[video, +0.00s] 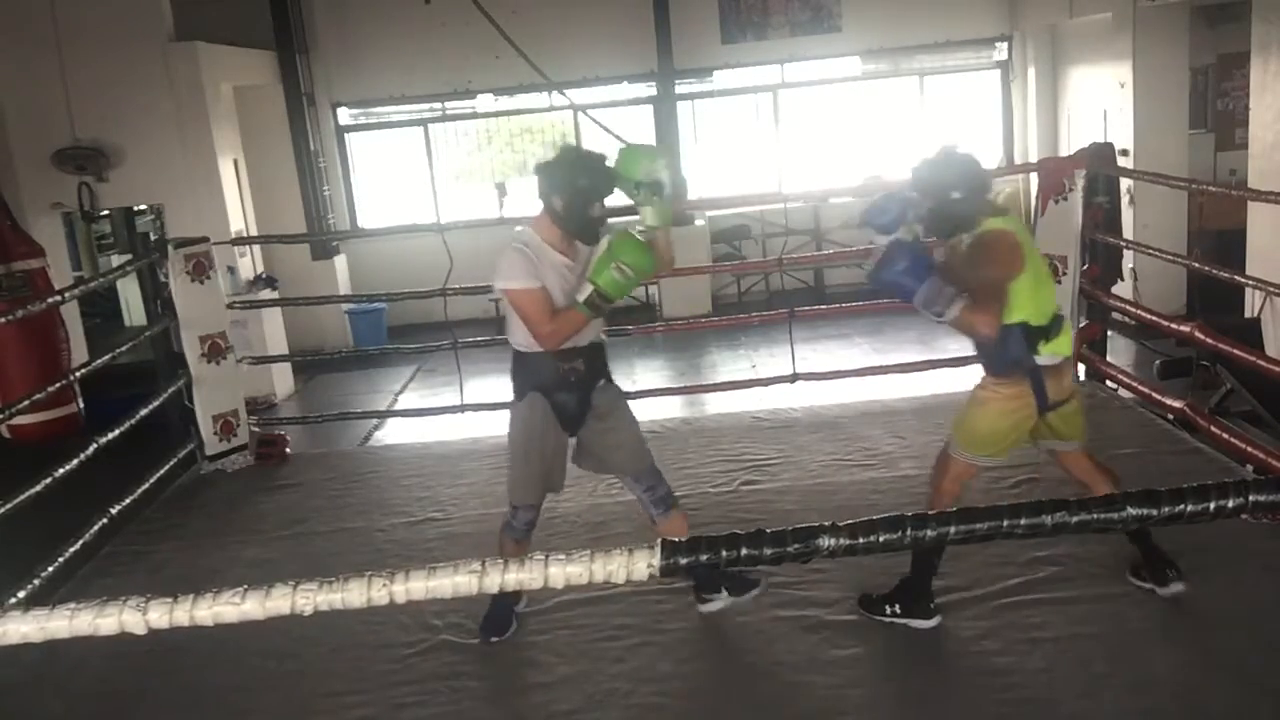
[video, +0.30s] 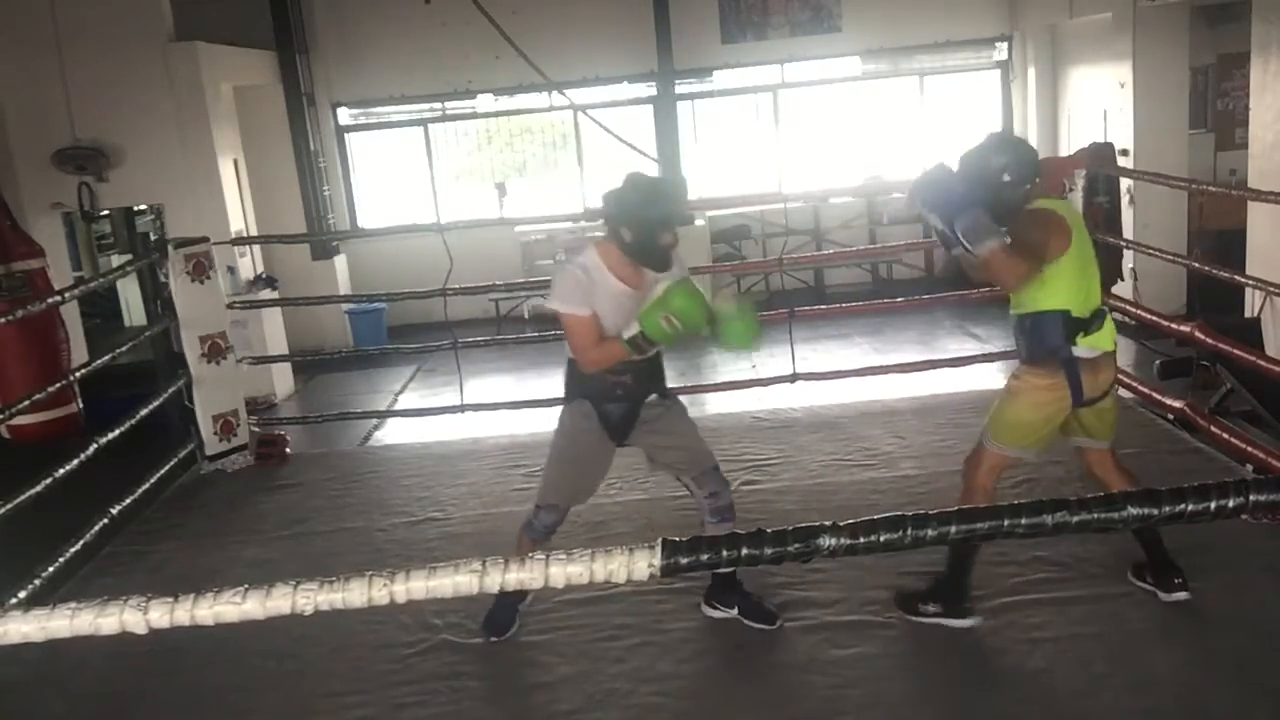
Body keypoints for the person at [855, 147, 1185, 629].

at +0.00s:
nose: (924, 216)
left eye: (927, 206)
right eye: (922, 207)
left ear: (948, 205)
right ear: (977, 193)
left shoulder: (991, 243)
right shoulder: (1006, 229)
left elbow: (989, 326)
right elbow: (964, 274)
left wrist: (931, 296)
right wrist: (922, 256)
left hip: (1011, 383)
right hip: (1059, 372)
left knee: (948, 479)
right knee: (1080, 462)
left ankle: (916, 592)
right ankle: (1155, 558)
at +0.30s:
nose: (980, 193)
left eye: (981, 184)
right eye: (978, 184)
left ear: (1000, 182)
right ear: (1029, 173)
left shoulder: (1036, 222)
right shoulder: (1064, 214)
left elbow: (1010, 276)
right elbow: (1000, 274)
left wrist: (968, 217)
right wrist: (960, 235)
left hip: (1047, 374)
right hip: (1099, 364)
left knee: (980, 472)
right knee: (1102, 462)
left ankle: (952, 590)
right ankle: (1165, 567)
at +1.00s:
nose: (988, 202)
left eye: (989, 191)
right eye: (985, 192)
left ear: (1008, 190)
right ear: (1039, 179)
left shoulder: (1040, 232)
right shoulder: (1080, 216)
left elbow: (1024, 298)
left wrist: (973, 260)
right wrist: (986, 241)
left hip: (1064, 374)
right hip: (1114, 361)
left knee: (996, 478)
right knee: (1131, 448)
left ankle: (965, 595)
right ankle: (1194, 541)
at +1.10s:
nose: (1024, 204)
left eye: (1027, 193)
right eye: (1022, 194)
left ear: (1053, 190)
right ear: (1073, 183)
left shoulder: (1089, 232)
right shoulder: (1105, 221)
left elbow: (1113, 301)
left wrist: (1048, 285)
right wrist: (1020, 252)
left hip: (1098, 374)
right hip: (1141, 366)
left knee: (1022, 475)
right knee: (1144, 455)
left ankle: (968, 584)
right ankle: (1204, 551)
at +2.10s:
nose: (1085, 202)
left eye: (1085, 193)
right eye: (1082, 193)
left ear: (1101, 192)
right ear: (1130, 180)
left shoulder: (1130, 235)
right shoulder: (1182, 216)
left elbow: (1083, 294)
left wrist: (1040, 234)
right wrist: (1078, 229)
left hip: (1150, 384)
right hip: (1212, 371)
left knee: (1071, 473)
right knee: (1224, 461)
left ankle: (1041, 588)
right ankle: (1274, 546)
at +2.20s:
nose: (1102, 202)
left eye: (1103, 192)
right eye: (1100, 192)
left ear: (1124, 194)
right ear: (1156, 183)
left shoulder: (1162, 234)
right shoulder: (1204, 219)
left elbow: (1133, 300)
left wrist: (1083, 242)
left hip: (1168, 386)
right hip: (1226, 378)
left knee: (1090, 477)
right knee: (1242, 471)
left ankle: (1041, 588)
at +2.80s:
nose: (1132, 188)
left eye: (1135, 178)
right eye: (1129, 177)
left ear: (1158, 175)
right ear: (1187, 163)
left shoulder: (1180, 224)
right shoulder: (1228, 191)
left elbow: (1093, 268)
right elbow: (1144, 251)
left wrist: (1077, 202)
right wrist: (1111, 216)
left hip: (1220, 374)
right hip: (1270, 358)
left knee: (1150, 475)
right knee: (1270, 464)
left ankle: (1126, 601)